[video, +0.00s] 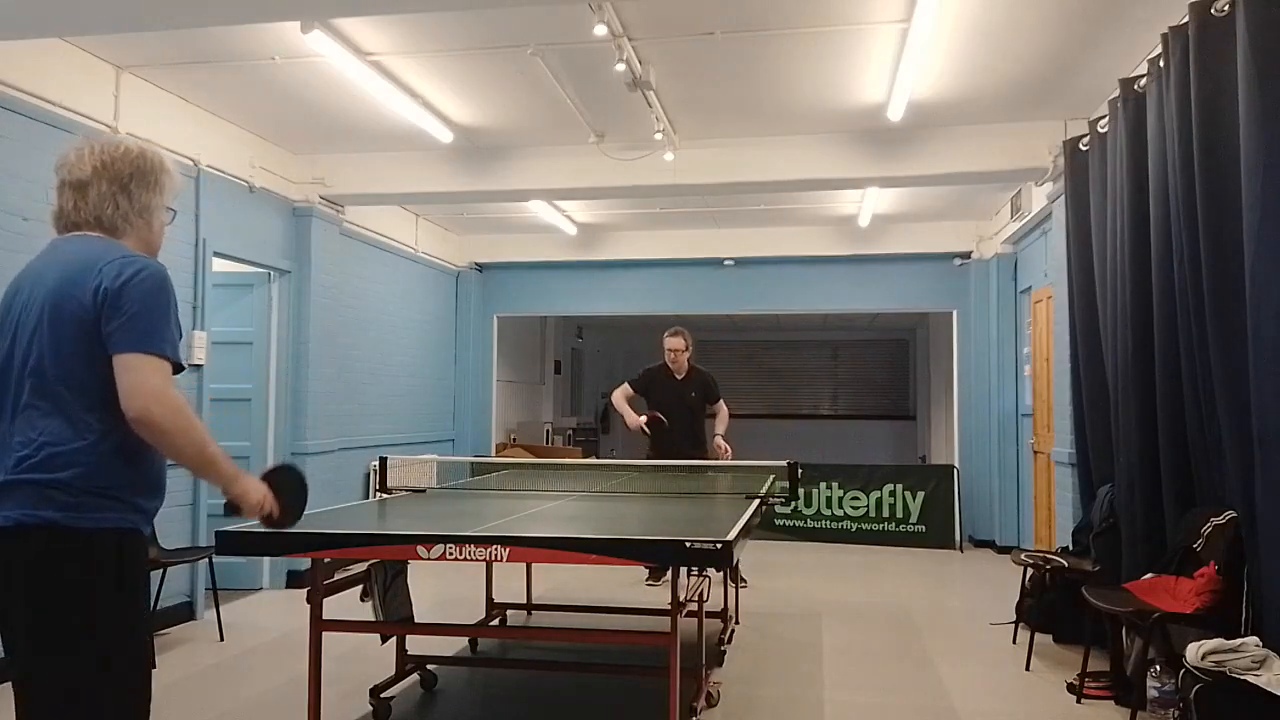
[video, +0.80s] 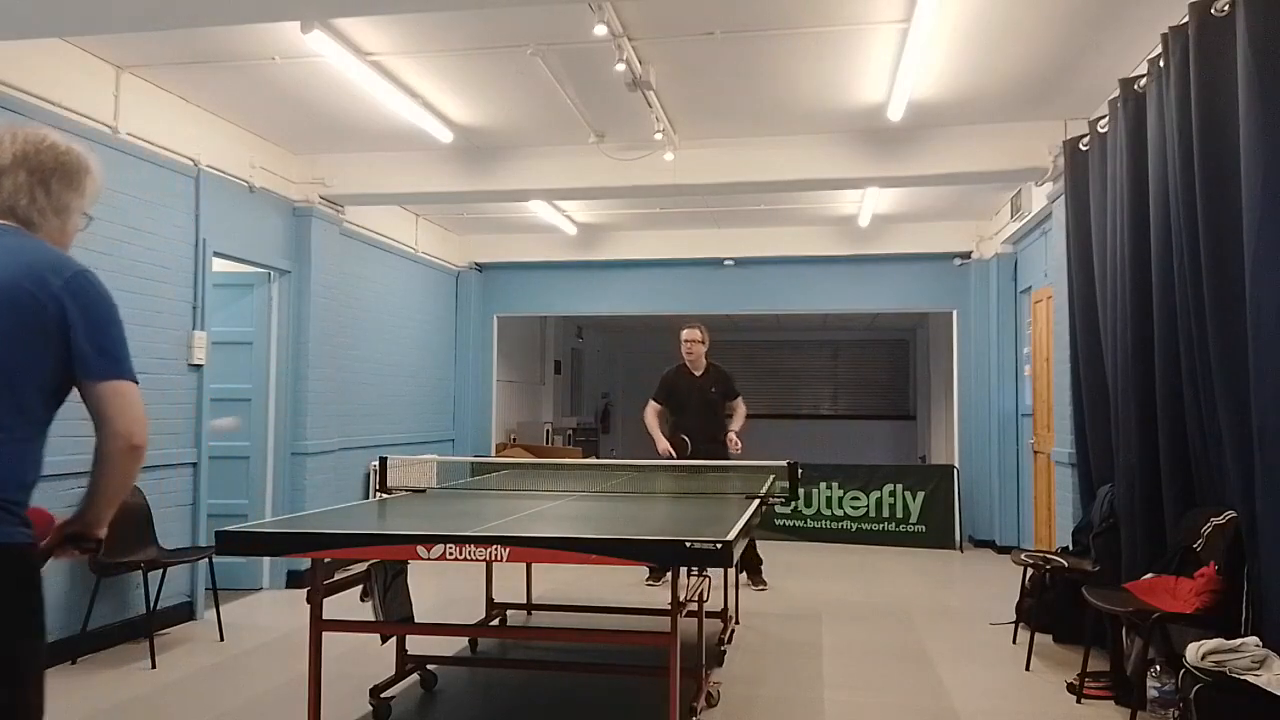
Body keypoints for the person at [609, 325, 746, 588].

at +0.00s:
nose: (672, 355)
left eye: (677, 350)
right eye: (668, 350)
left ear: (688, 350)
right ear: (663, 351)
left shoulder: (702, 378)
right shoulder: (652, 376)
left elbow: (721, 411)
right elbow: (617, 395)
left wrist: (718, 436)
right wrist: (630, 415)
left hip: (695, 459)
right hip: (659, 459)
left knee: (705, 510)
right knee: (656, 512)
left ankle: (729, 563)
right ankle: (657, 565)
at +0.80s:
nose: (689, 347)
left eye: (694, 342)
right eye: (685, 342)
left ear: (705, 345)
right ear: (680, 345)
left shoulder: (720, 376)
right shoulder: (671, 377)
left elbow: (739, 409)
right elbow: (650, 412)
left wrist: (732, 430)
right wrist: (659, 438)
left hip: (717, 459)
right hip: (680, 460)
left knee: (735, 510)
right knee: (668, 510)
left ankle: (753, 569)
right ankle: (659, 566)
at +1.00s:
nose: (698, 356)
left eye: (703, 351)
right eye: (694, 352)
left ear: (715, 353)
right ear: (690, 355)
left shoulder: (736, 380)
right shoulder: (687, 383)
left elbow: (762, 412)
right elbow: (671, 418)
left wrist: (747, 437)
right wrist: (676, 450)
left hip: (733, 461)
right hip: (697, 461)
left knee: (745, 515)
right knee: (680, 509)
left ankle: (755, 571)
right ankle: (666, 563)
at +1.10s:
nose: (701, 360)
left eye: (707, 355)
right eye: (697, 356)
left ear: (719, 357)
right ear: (693, 358)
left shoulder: (739, 382)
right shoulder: (690, 385)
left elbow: (765, 415)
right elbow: (675, 419)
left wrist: (750, 439)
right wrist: (680, 450)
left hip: (737, 462)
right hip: (702, 462)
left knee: (748, 515)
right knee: (683, 509)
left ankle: (755, 571)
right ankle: (671, 561)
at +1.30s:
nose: (696, 370)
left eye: (701, 365)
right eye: (692, 365)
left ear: (715, 364)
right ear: (689, 365)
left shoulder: (733, 388)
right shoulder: (686, 387)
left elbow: (760, 421)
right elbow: (664, 421)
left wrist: (746, 447)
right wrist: (673, 453)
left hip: (731, 464)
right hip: (696, 463)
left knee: (743, 514)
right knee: (679, 508)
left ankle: (755, 571)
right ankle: (670, 562)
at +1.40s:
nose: (691, 375)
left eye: (696, 370)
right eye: (687, 370)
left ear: (709, 369)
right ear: (683, 370)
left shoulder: (726, 392)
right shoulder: (678, 392)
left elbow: (752, 424)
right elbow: (656, 425)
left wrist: (738, 451)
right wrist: (666, 458)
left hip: (724, 466)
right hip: (689, 465)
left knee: (738, 514)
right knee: (673, 510)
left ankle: (754, 570)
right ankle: (670, 562)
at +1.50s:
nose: (686, 379)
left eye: (691, 373)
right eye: (682, 373)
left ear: (703, 370)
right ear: (677, 372)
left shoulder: (719, 393)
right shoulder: (672, 393)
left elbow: (742, 427)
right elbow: (650, 427)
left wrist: (729, 454)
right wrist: (660, 461)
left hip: (716, 468)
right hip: (681, 468)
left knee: (733, 515)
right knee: (669, 512)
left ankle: (753, 568)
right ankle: (669, 562)